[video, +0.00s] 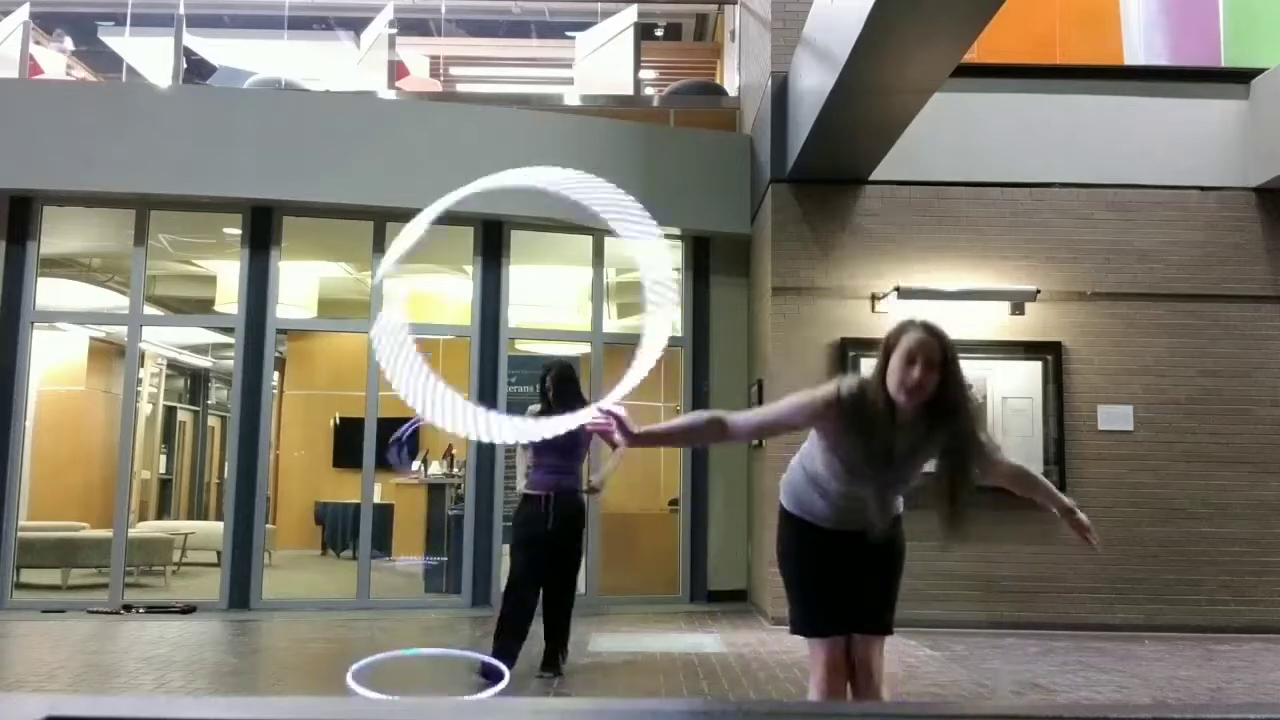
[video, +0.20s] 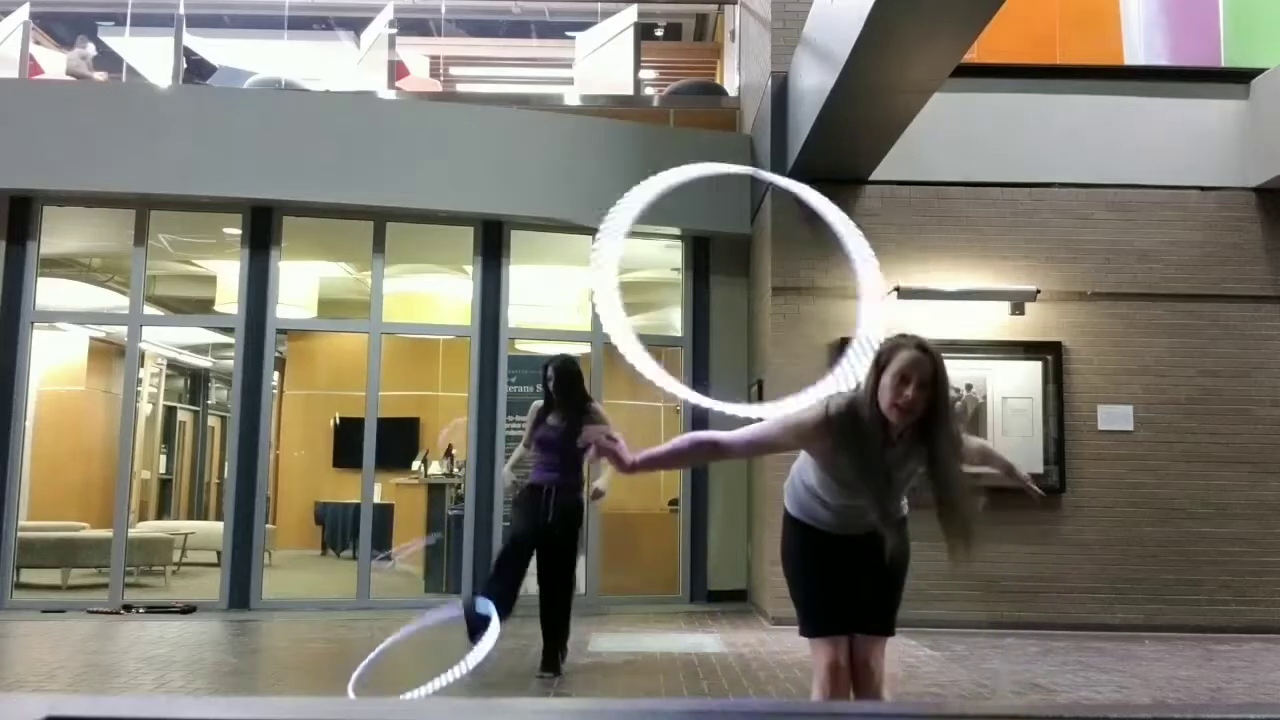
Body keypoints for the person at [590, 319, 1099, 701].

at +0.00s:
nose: (919, 374)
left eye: (931, 366)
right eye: (910, 361)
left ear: (942, 376)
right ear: (887, 362)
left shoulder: (940, 427)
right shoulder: (841, 400)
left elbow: (1003, 471)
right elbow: (732, 426)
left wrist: (1065, 506)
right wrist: (636, 436)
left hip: (878, 527)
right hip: (811, 520)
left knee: (866, 659)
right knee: (829, 659)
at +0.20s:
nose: (910, 394)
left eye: (922, 386)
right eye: (901, 380)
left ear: (932, 394)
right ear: (878, 378)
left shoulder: (928, 433)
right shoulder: (833, 416)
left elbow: (982, 453)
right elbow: (725, 443)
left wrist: (1025, 481)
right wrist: (636, 462)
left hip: (882, 530)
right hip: (814, 526)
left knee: (868, 662)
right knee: (833, 661)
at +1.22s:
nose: (892, 265)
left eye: (902, 258)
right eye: (880, 256)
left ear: (913, 274)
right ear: (858, 270)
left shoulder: (939, 341)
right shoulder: (820, 343)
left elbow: (1025, 394)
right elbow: (794, 423)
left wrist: (985, 392)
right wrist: (771, 484)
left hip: (900, 518)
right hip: (831, 518)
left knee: (886, 667)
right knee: (851, 666)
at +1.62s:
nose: (871, 249)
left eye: (880, 242)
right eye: (859, 244)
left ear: (894, 260)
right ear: (842, 265)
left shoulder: (930, 338)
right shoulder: (814, 338)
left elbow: (958, 429)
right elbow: (799, 422)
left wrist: (958, 466)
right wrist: (805, 454)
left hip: (904, 515)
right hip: (836, 514)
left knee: (893, 670)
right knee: (860, 668)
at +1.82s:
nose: (884, 247)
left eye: (893, 241)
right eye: (872, 241)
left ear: (906, 259)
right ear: (854, 260)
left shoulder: (937, 338)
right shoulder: (821, 335)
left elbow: (942, 443)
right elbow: (808, 426)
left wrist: (887, 450)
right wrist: (837, 452)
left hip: (904, 514)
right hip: (836, 512)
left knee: (888, 668)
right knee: (853, 666)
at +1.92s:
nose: (890, 247)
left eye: (899, 242)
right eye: (878, 242)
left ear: (912, 260)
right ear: (860, 261)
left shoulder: (940, 338)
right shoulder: (826, 334)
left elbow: (932, 446)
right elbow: (808, 424)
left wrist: (883, 421)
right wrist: (837, 432)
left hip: (906, 515)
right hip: (837, 514)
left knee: (888, 668)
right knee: (852, 666)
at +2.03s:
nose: (895, 249)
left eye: (904, 244)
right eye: (882, 244)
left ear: (917, 263)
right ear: (864, 263)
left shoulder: (942, 338)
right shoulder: (829, 334)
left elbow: (931, 443)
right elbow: (819, 430)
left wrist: (888, 402)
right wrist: (838, 410)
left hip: (905, 513)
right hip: (835, 511)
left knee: (888, 669)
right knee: (853, 666)